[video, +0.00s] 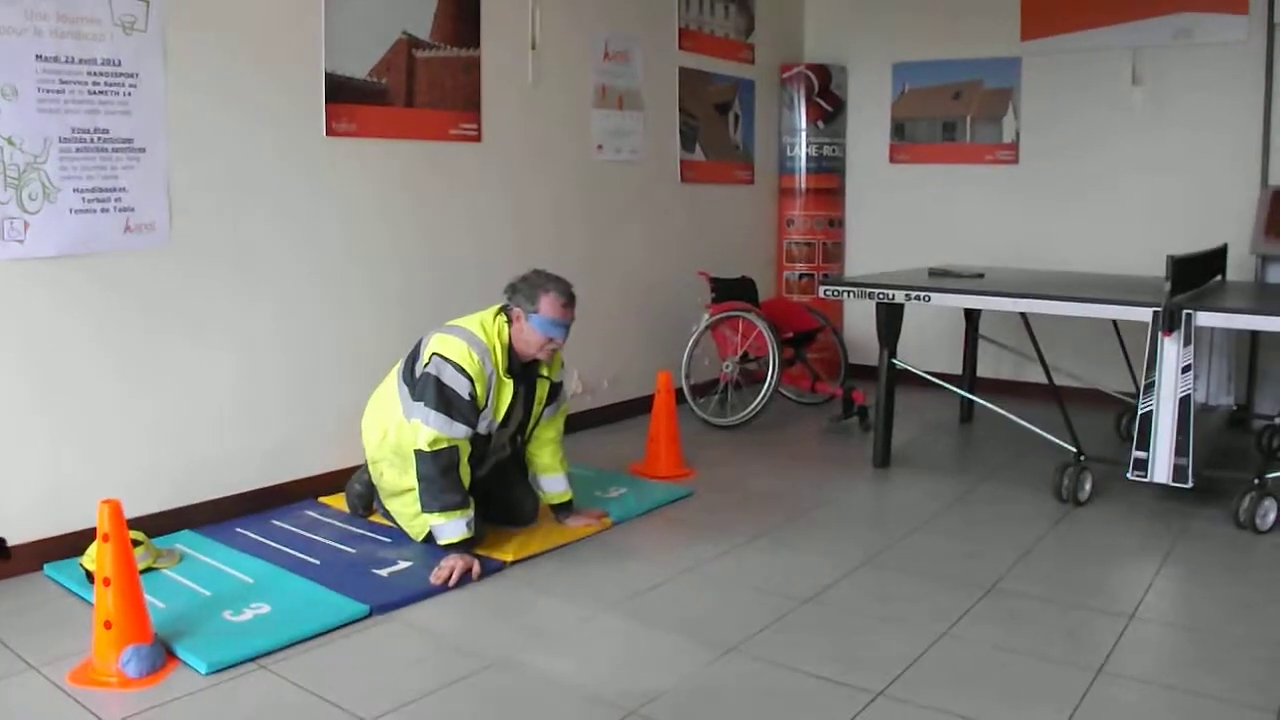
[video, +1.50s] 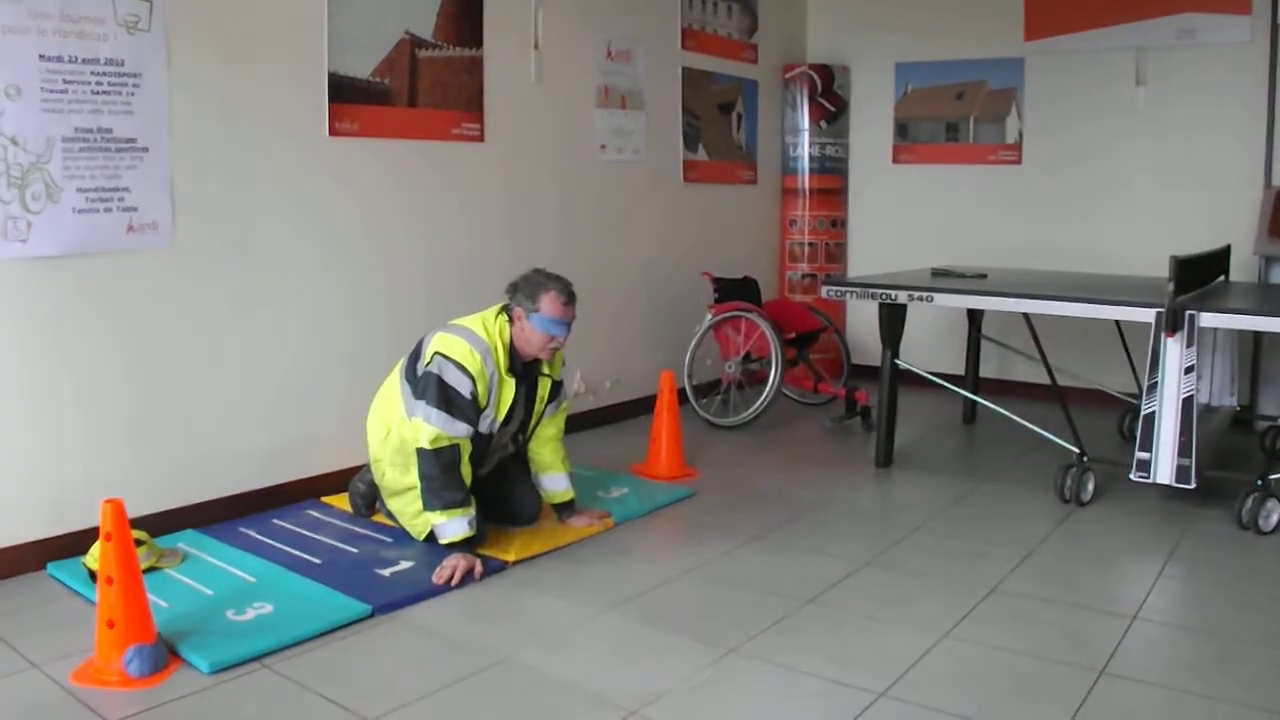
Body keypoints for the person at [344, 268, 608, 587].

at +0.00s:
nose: (558, 341)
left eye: (564, 331)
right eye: (549, 329)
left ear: (569, 327)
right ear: (517, 318)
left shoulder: (547, 361)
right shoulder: (459, 355)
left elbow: (545, 435)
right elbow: (437, 451)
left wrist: (564, 509)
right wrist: (457, 548)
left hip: (476, 437)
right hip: (403, 445)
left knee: (521, 512)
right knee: (440, 534)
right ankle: (379, 482)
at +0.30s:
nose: (556, 340)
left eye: (563, 330)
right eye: (548, 328)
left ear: (568, 326)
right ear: (515, 318)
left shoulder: (545, 360)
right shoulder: (457, 356)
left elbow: (543, 435)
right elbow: (435, 451)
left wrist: (562, 509)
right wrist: (455, 548)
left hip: (476, 437)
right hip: (402, 445)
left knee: (519, 512)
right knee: (439, 534)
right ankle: (378, 482)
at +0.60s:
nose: (556, 338)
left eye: (562, 327)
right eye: (547, 325)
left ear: (567, 323)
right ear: (514, 316)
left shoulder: (545, 357)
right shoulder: (457, 355)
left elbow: (543, 435)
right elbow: (437, 451)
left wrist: (564, 510)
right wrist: (457, 548)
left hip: (477, 438)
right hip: (404, 446)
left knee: (520, 512)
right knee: (441, 535)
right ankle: (379, 483)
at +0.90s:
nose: (558, 339)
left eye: (564, 329)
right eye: (549, 326)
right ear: (515, 318)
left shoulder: (545, 359)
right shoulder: (458, 356)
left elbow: (543, 436)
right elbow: (437, 452)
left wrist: (564, 510)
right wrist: (457, 548)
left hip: (477, 439)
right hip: (405, 448)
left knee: (520, 511)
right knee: (443, 536)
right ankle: (380, 484)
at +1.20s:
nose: (561, 341)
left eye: (567, 331)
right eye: (553, 329)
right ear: (519, 320)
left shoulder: (548, 361)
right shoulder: (461, 357)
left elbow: (545, 437)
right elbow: (438, 452)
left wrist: (565, 511)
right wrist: (458, 549)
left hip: (478, 438)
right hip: (406, 447)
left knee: (522, 511)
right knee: (448, 536)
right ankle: (381, 482)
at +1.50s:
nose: (560, 339)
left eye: (566, 329)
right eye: (552, 327)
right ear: (518, 318)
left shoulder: (548, 357)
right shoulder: (460, 355)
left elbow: (546, 434)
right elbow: (438, 452)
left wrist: (567, 509)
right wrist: (459, 547)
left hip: (481, 439)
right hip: (408, 447)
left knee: (523, 511)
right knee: (456, 535)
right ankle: (383, 482)